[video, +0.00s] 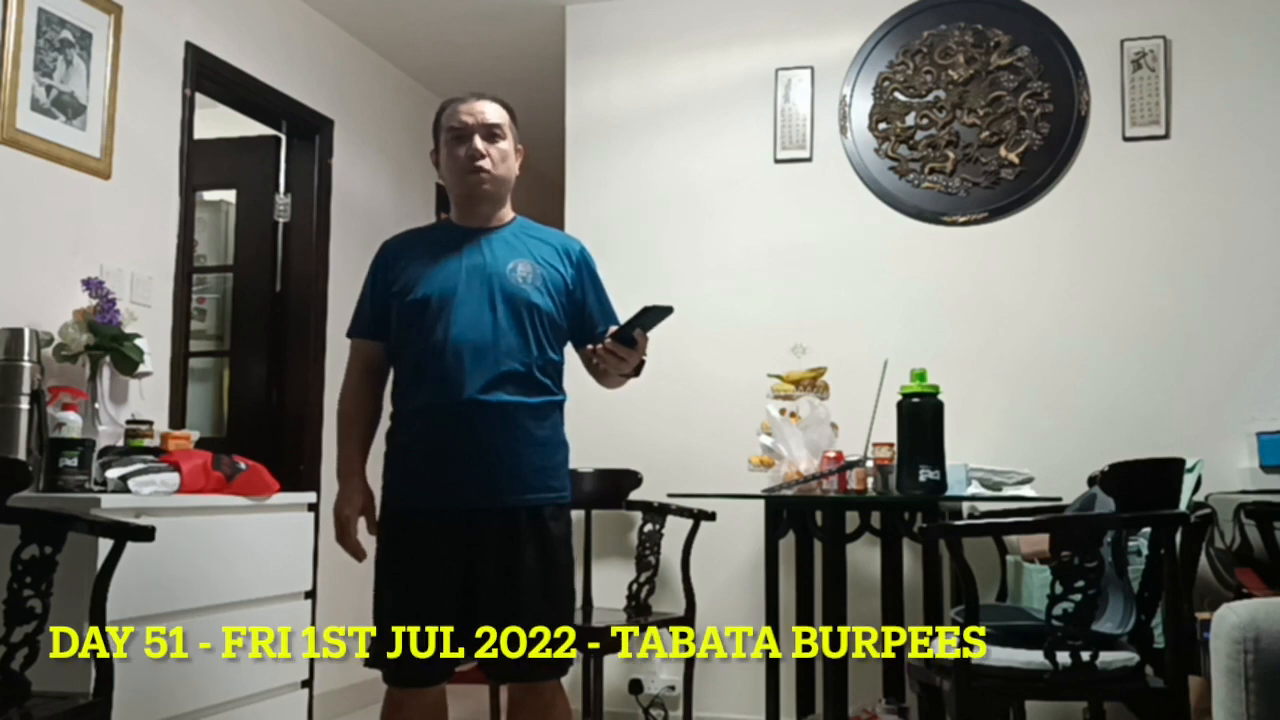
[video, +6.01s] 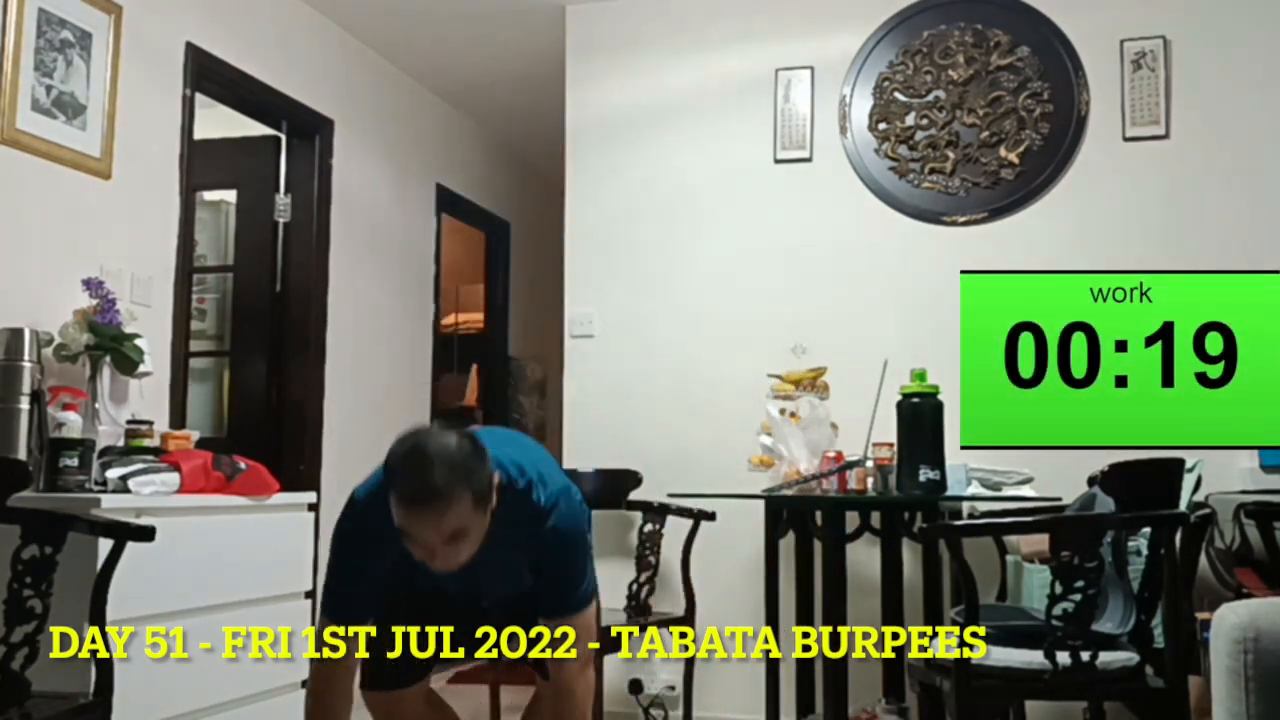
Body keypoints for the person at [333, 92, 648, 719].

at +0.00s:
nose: (476, 146)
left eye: (492, 134)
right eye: (459, 137)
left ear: (519, 158)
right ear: (437, 161)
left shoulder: (564, 253)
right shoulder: (400, 255)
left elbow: (604, 363)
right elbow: (365, 373)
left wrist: (622, 364)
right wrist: (351, 475)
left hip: (528, 496)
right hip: (421, 496)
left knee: (536, 681)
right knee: (411, 682)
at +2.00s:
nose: (477, 146)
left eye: (493, 135)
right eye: (460, 137)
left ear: (519, 159)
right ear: (437, 161)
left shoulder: (563, 253)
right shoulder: (400, 256)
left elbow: (603, 362)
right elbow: (365, 375)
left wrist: (622, 362)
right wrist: (352, 476)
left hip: (528, 496)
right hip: (421, 496)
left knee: (536, 680)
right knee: (412, 681)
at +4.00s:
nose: (543, 185)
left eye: (559, 167)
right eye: (523, 163)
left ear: (571, 171)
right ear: (481, 158)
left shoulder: (594, 274)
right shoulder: (416, 256)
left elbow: (638, 390)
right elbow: (362, 364)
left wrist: (653, 400)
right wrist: (352, 466)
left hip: (543, 521)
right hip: (428, 512)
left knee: (577, 700)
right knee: (398, 701)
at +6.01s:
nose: (438, 560)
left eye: (455, 540)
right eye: (418, 544)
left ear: (492, 498)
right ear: (395, 514)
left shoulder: (553, 512)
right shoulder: (364, 520)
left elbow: (574, 668)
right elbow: (332, 667)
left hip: (525, 586)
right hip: (427, 593)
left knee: (565, 678)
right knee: (389, 690)